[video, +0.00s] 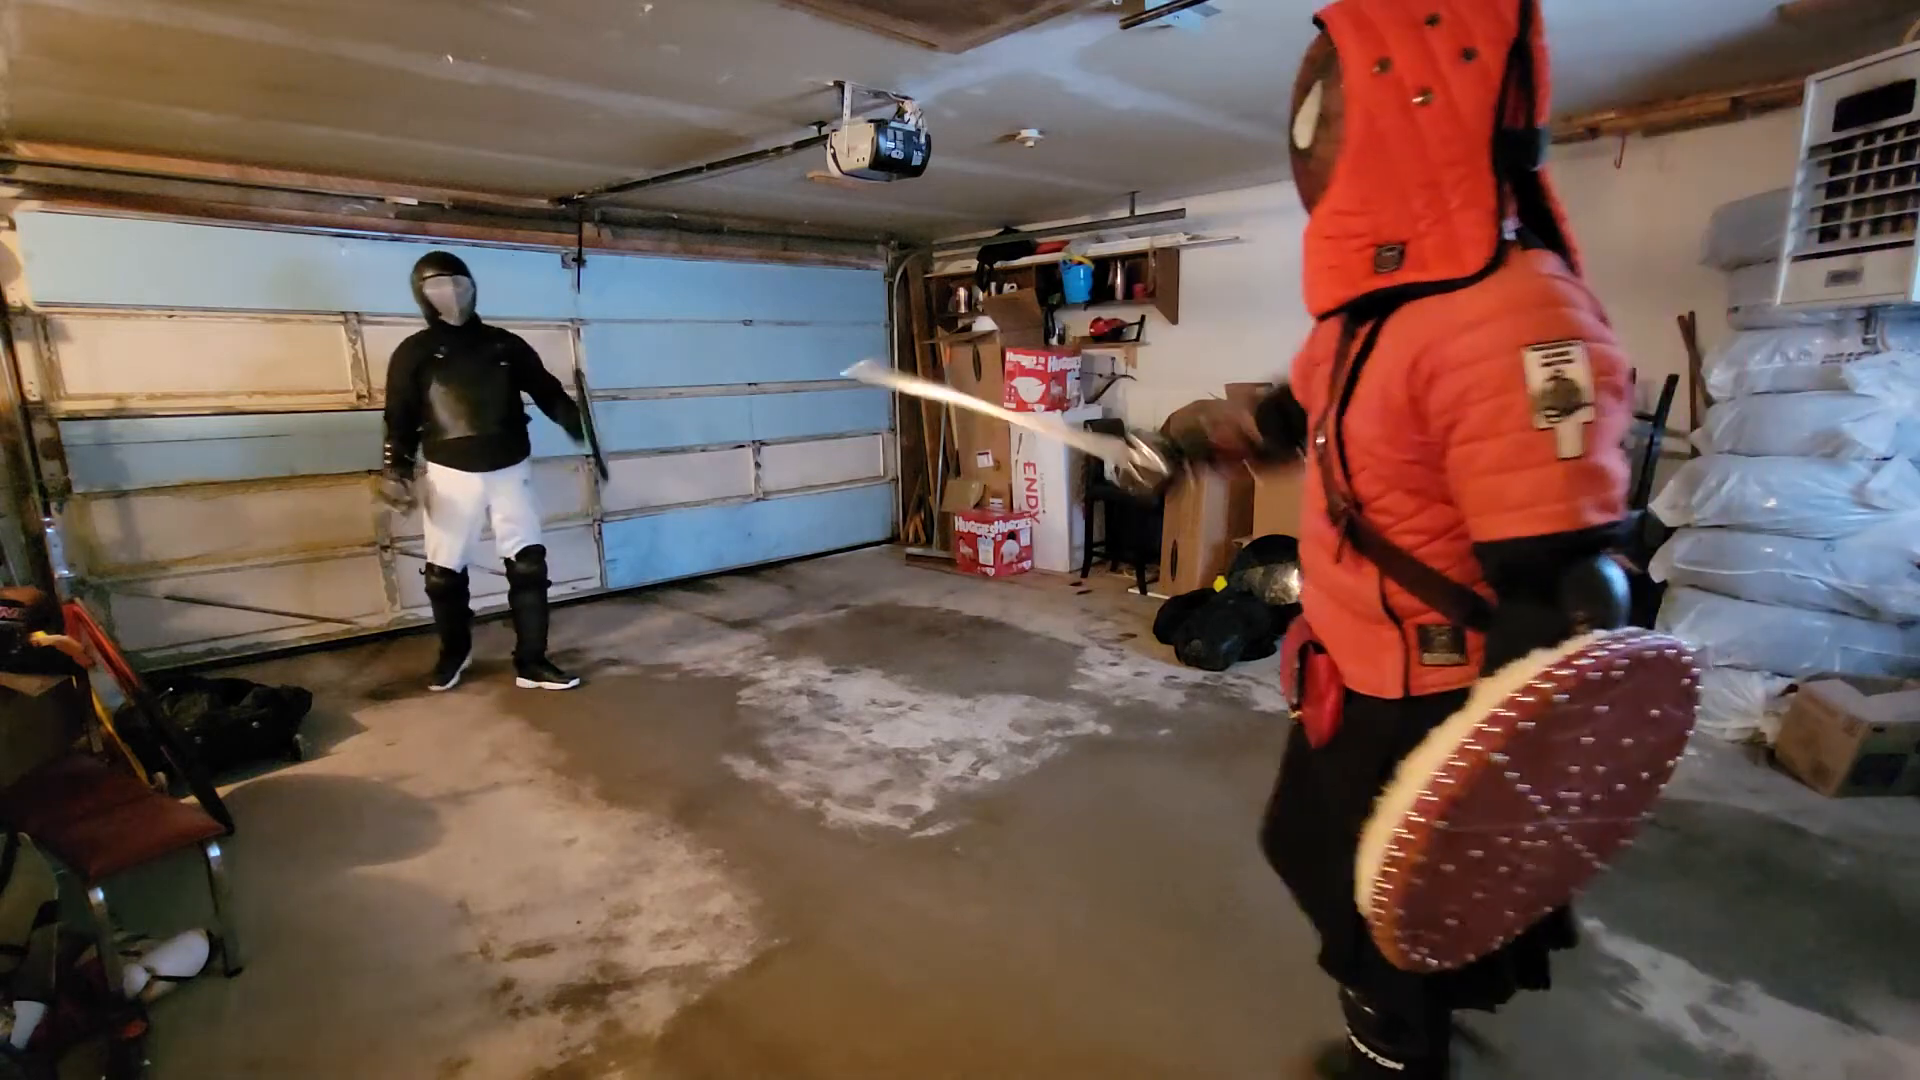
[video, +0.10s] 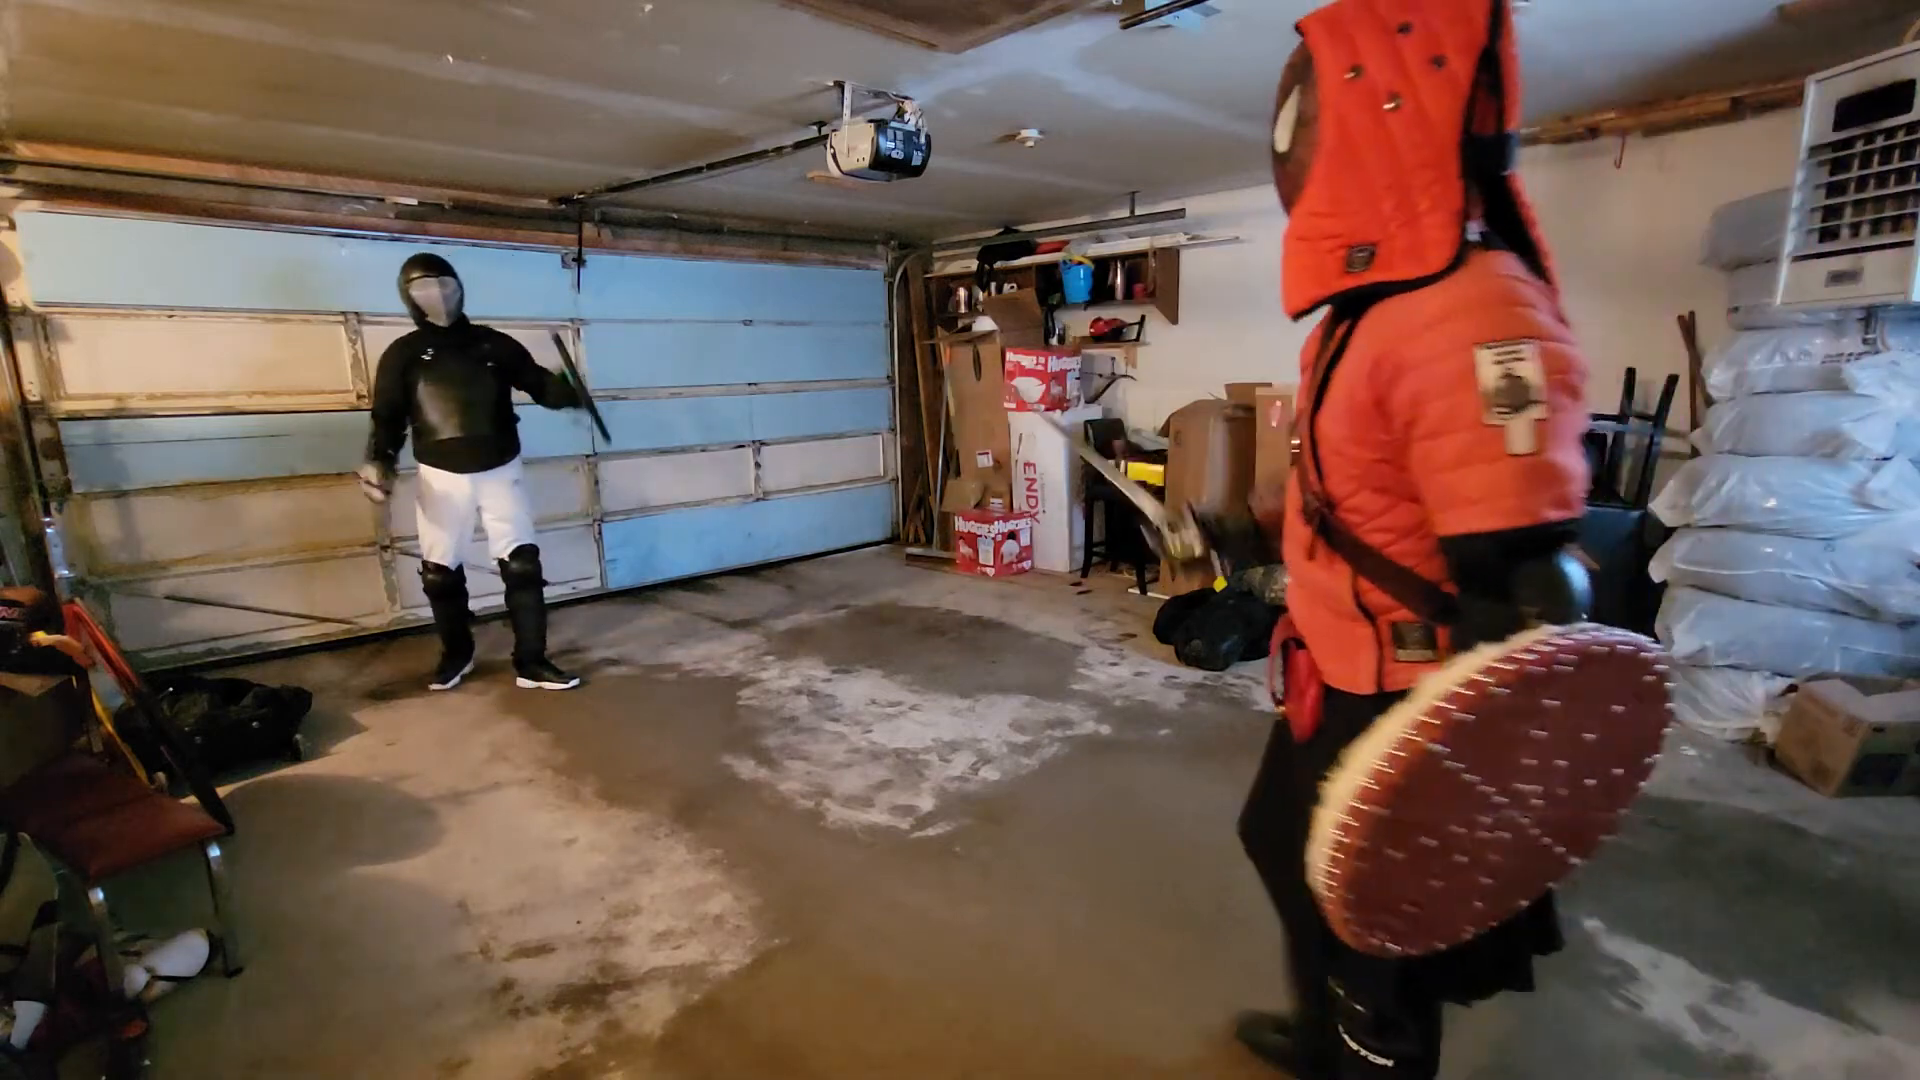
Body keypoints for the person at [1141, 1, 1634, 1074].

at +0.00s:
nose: (1304, 149)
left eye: (1327, 110)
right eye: (1306, 113)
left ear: (1426, 111)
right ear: (1400, 115)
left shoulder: (1516, 318)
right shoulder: (1379, 285)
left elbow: (1565, 606)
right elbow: (1346, 407)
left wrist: (1495, 808)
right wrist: (1248, 424)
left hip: (1435, 702)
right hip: (1349, 671)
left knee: (1384, 898)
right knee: (1304, 841)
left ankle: (1393, 1050)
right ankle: (1392, 993)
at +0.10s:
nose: (1283, 141)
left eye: (1307, 102)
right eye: (1288, 105)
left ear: (1395, 106)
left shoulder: (1476, 316)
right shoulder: (1373, 297)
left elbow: (1523, 610)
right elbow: (1359, 508)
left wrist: (1485, 813)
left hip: (1407, 701)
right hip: (1337, 675)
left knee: (1367, 897)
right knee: (1284, 839)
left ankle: (1380, 1057)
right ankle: (1328, 1027)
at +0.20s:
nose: (1265, 155)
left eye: (1282, 118)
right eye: (1267, 120)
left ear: (1367, 117)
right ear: (1365, 122)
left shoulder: (1441, 308)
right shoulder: (1370, 292)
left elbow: (1486, 589)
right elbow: (1349, 501)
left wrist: (1439, 801)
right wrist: (1260, 566)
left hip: (1387, 717)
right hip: (1313, 686)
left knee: (1373, 949)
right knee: (1272, 844)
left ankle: (1379, 1067)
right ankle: (1263, 1020)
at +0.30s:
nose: (1246, 171)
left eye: (1262, 134)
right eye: (1250, 138)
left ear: (1341, 132)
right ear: (1351, 133)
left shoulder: (1408, 305)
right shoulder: (1354, 296)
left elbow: (1445, 571)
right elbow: (1342, 518)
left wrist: (1431, 780)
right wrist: (1257, 614)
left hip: (1362, 702)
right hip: (1303, 675)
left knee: (1356, 910)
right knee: (1271, 844)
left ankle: (1373, 1058)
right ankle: (1239, 1010)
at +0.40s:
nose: (1234, 180)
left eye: (1251, 146)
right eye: (1239, 150)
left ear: (1322, 146)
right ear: (1336, 147)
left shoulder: (1379, 307)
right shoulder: (1333, 302)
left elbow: (1404, 561)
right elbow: (1314, 520)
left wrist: (1395, 757)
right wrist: (1232, 607)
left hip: (1342, 693)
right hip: (1284, 673)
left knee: (1348, 900)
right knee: (1257, 847)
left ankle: (1367, 1059)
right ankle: (1233, 1017)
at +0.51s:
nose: (1217, 186)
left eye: (1234, 155)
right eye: (1224, 158)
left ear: (1293, 154)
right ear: (1325, 153)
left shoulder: (1347, 302)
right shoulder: (1307, 302)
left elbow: (1361, 543)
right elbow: (1295, 518)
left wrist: (1344, 724)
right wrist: (1217, 613)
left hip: (1333, 690)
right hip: (1274, 668)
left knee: (1339, 895)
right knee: (1247, 843)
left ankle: (1366, 1059)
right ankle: (1232, 1015)